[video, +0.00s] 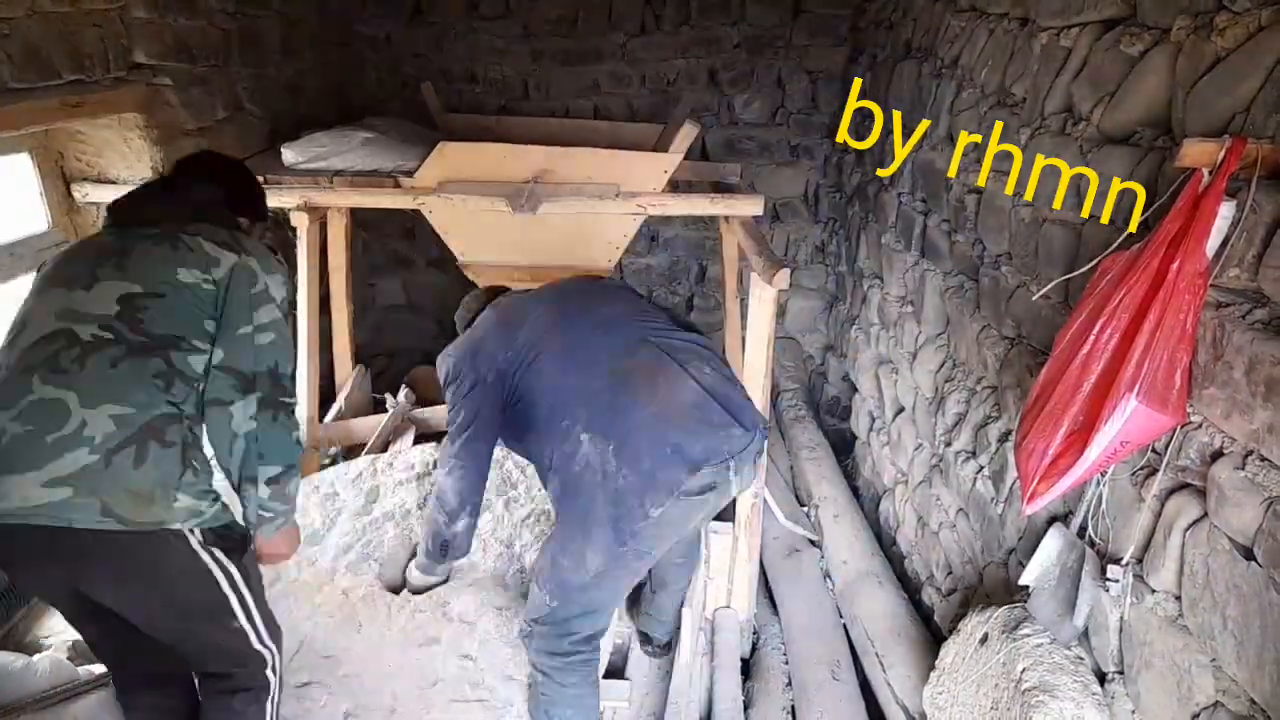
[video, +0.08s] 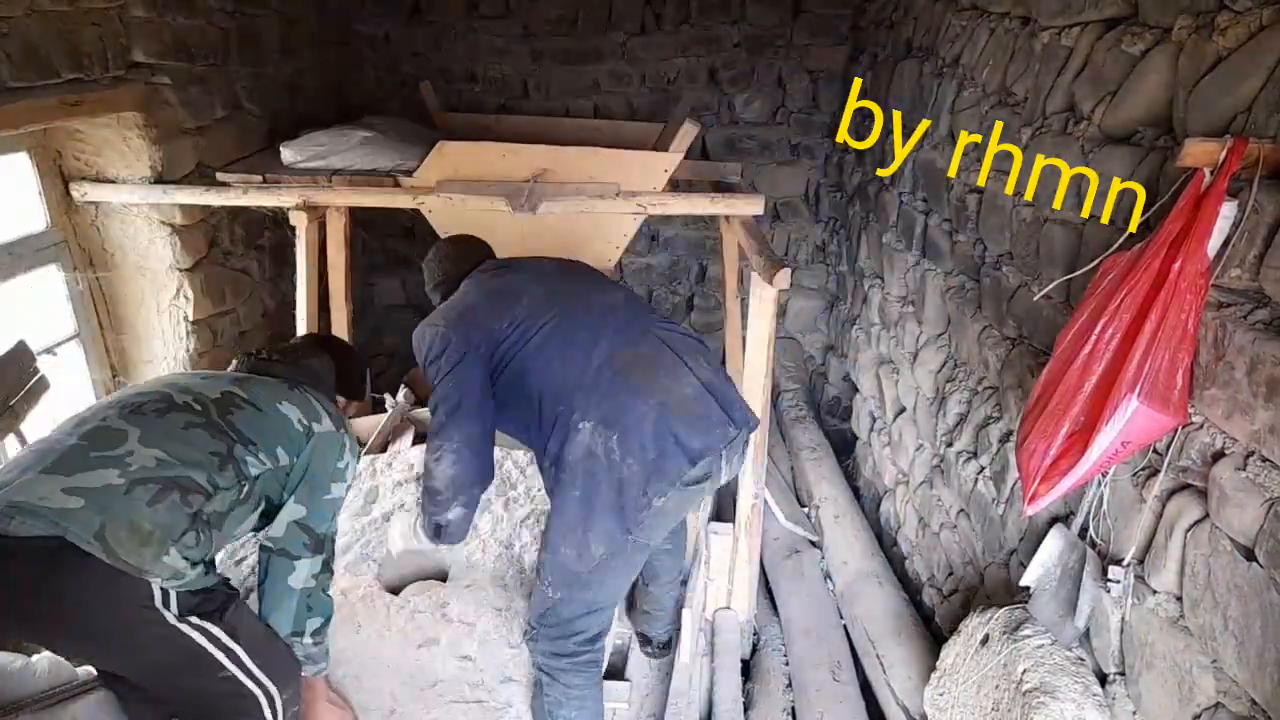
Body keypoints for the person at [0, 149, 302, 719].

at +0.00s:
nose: (257, 236)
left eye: (258, 226)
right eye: (257, 225)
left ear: (161, 196)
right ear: (241, 215)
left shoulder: (73, 256)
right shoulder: (247, 263)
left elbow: (16, 369)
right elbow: (250, 398)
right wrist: (273, 517)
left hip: (18, 516)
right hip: (135, 516)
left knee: (147, 677)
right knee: (244, 667)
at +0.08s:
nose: (350, 421)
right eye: (353, 411)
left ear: (271, 363)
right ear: (341, 403)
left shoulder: (198, 384)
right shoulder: (325, 432)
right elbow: (295, 560)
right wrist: (312, 683)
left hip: (7, 542)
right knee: (270, 688)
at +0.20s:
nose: (338, 388)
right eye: (337, 377)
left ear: (247, 353)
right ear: (326, 376)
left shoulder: (190, 383)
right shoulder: (323, 413)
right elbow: (307, 545)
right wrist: (328, 664)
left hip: (10, 541)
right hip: (123, 557)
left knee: (153, 666)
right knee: (288, 684)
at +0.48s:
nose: (375, 315)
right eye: (375, 302)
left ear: (296, 277)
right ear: (369, 305)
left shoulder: (229, 309)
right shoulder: (364, 360)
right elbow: (324, 490)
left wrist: (278, 544)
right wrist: (345, 601)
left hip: (75, 499)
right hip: (177, 517)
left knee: (190, 613)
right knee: (286, 658)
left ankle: (223, 711)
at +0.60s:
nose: (392, 333)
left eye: (393, 324)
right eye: (395, 324)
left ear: (322, 287)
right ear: (384, 322)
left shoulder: (269, 314)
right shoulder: (357, 358)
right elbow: (315, 490)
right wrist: (333, 604)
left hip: (72, 483)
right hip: (150, 500)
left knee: (209, 607)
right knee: (281, 653)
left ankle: (219, 709)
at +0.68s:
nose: (403, 339)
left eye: (404, 333)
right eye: (405, 332)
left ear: (332, 295)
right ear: (396, 328)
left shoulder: (279, 320)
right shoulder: (374, 367)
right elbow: (325, 494)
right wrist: (348, 594)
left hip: (102, 489)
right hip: (181, 507)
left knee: (234, 584)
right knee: (320, 645)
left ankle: (232, 707)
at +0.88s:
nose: (377, 318)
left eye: (379, 309)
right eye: (380, 308)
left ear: (314, 270)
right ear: (369, 307)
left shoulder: (252, 300)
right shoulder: (347, 345)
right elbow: (359, 457)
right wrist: (406, 528)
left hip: (76, 472)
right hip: (149, 491)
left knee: (224, 586)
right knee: (294, 624)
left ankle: (228, 706)